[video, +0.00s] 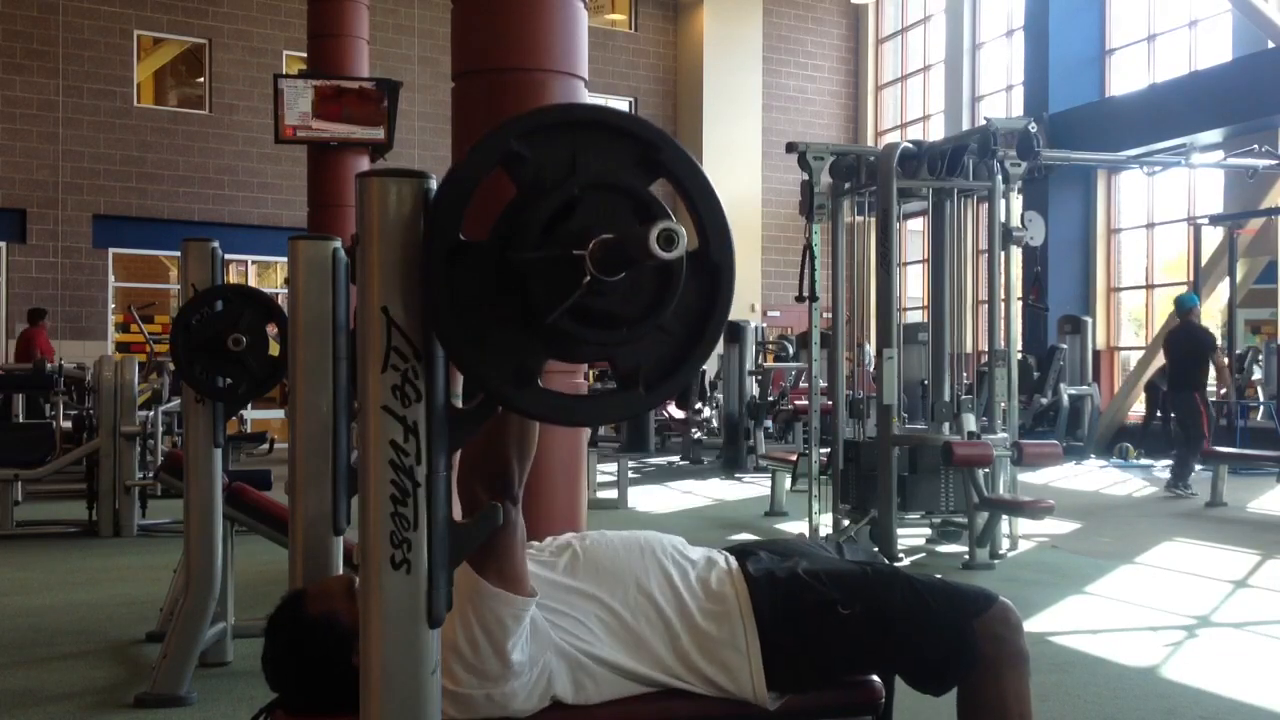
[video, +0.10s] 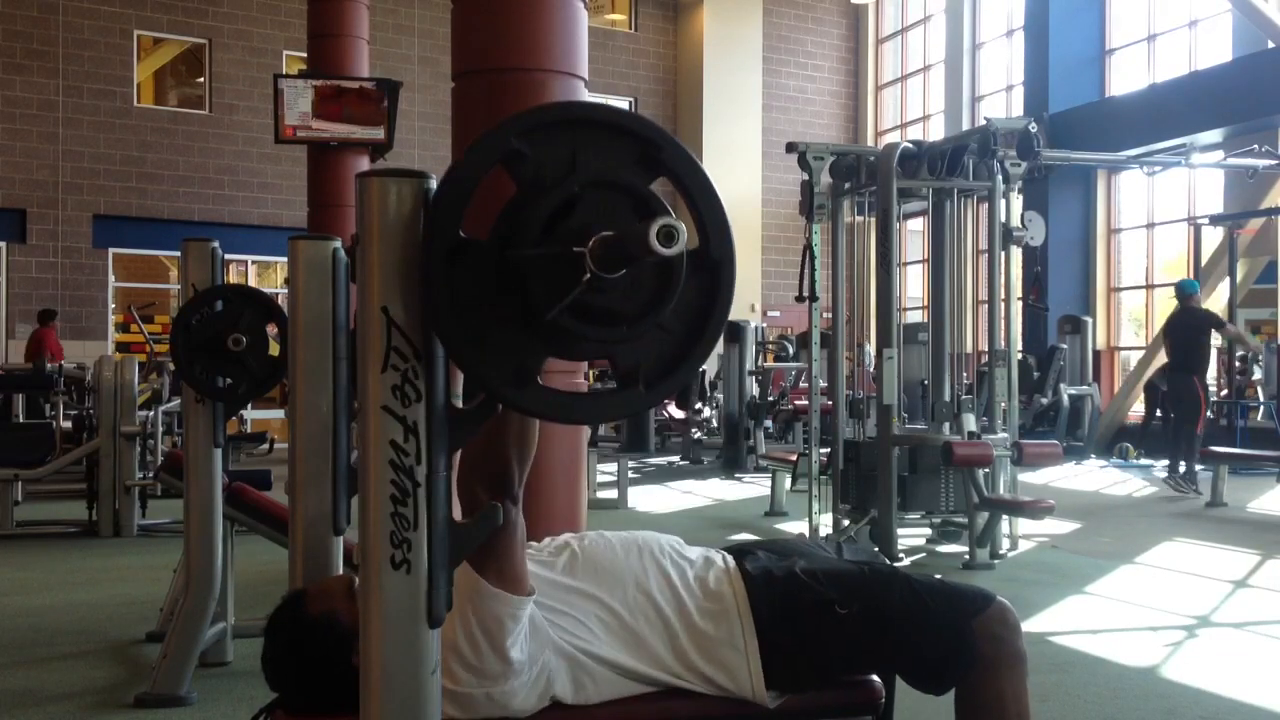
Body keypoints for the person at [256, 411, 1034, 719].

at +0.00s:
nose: (368, 576)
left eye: (353, 575)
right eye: (354, 591)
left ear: (365, 613)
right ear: (361, 649)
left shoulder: (450, 616)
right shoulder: (469, 673)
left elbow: (498, 474)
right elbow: (499, 489)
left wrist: (509, 328)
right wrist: (521, 327)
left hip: (727, 570)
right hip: (752, 618)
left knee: (864, 561)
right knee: (990, 627)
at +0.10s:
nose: (364, 574)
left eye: (349, 574)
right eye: (350, 590)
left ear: (352, 643)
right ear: (360, 644)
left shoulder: (443, 622)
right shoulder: (470, 671)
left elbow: (494, 478)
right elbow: (498, 495)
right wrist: (519, 325)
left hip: (722, 572)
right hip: (750, 616)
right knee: (987, 626)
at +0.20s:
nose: (370, 574)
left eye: (355, 574)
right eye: (356, 592)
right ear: (363, 649)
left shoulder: (452, 622)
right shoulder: (472, 675)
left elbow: (498, 480)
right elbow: (512, 489)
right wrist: (509, 319)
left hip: (725, 571)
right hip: (750, 616)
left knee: (861, 564)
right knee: (989, 628)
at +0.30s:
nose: (363, 573)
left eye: (347, 572)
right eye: (348, 589)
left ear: (350, 651)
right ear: (358, 641)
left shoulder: (446, 633)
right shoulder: (465, 676)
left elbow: (556, 515)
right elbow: (543, 519)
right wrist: (491, 351)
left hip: (730, 584)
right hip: (751, 617)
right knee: (989, 628)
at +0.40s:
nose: (363, 572)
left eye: (347, 575)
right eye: (349, 589)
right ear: (352, 641)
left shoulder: (447, 636)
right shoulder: (457, 679)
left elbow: (551, 561)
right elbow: (557, 578)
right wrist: (529, 443)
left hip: (727, 585)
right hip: (743, 613)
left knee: (868, 684)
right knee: (987, 626)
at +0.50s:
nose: (363, 579)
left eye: (349, 579)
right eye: (347, 594)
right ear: (350, 652)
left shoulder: (456, 616)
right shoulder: (439, 674)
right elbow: (566, 635)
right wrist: (562, 500)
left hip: (697, 594)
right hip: (726, 613)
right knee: (984, 626)